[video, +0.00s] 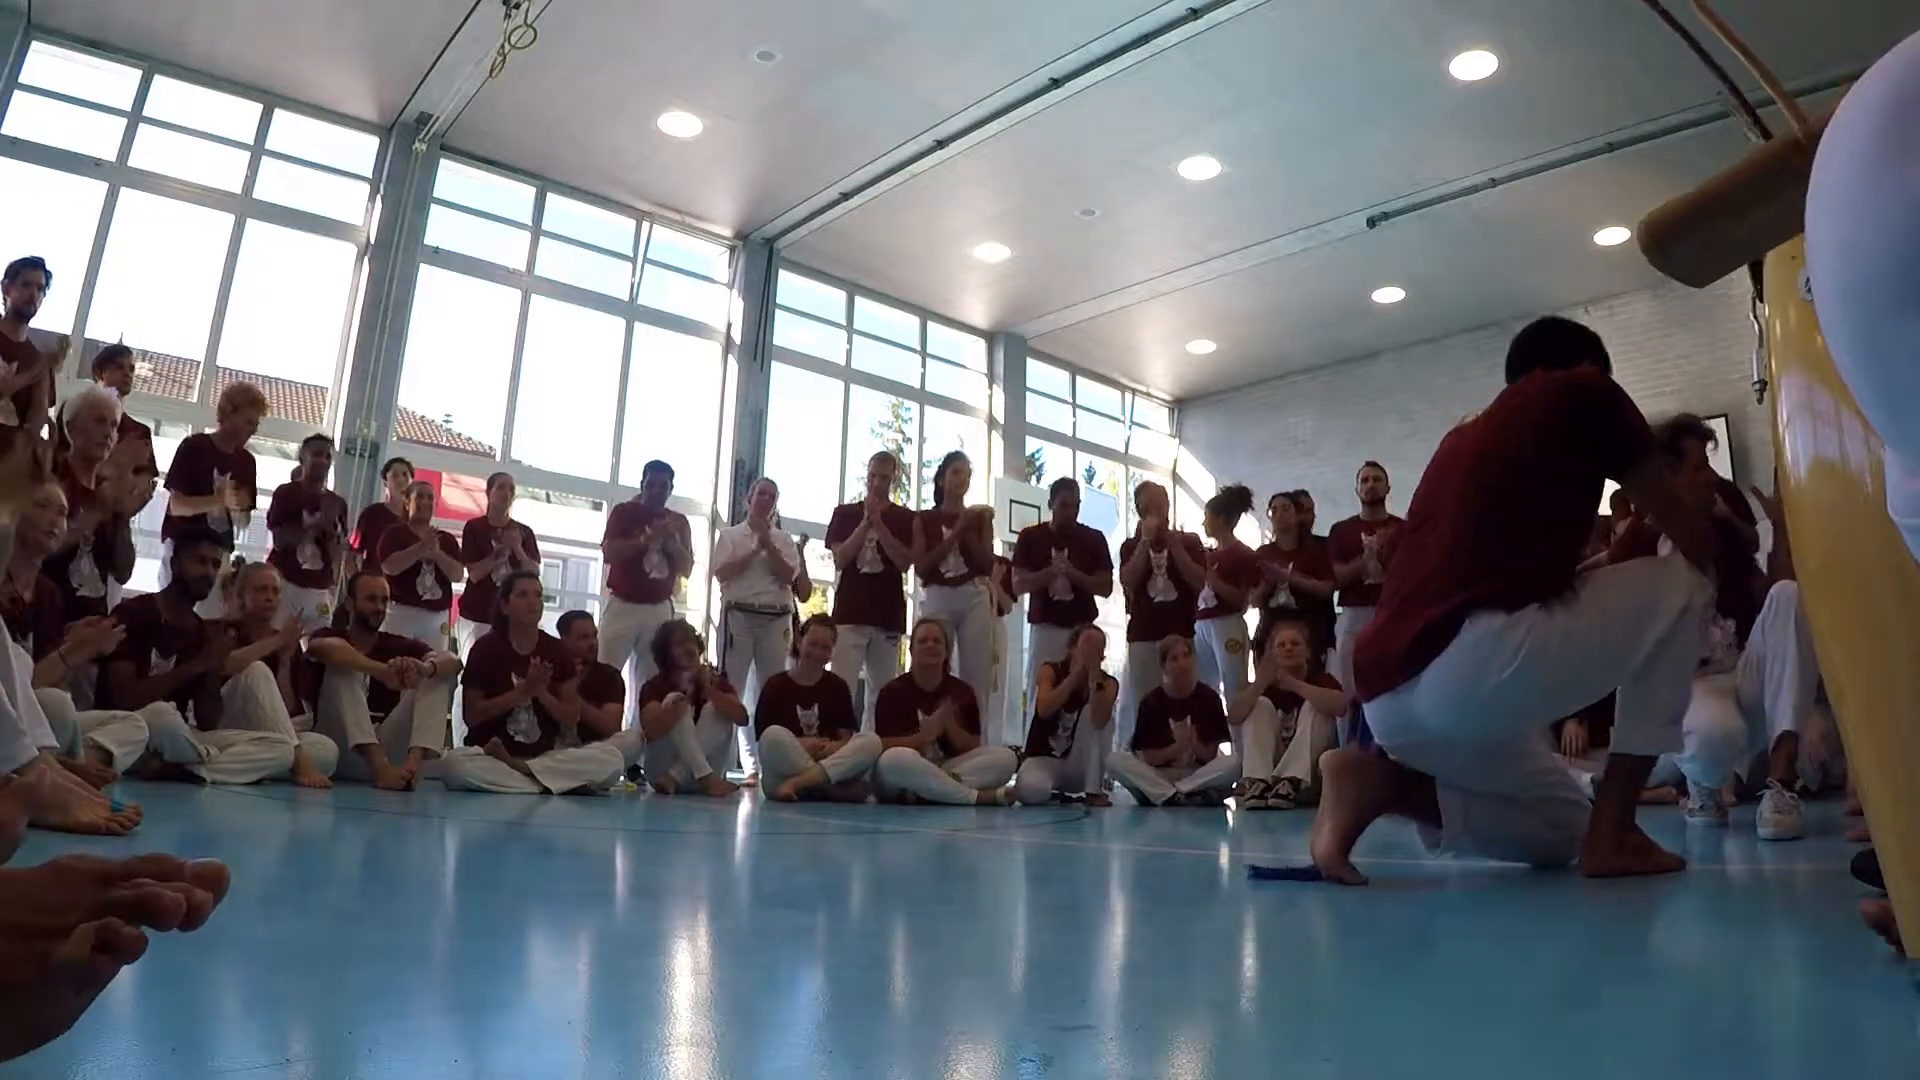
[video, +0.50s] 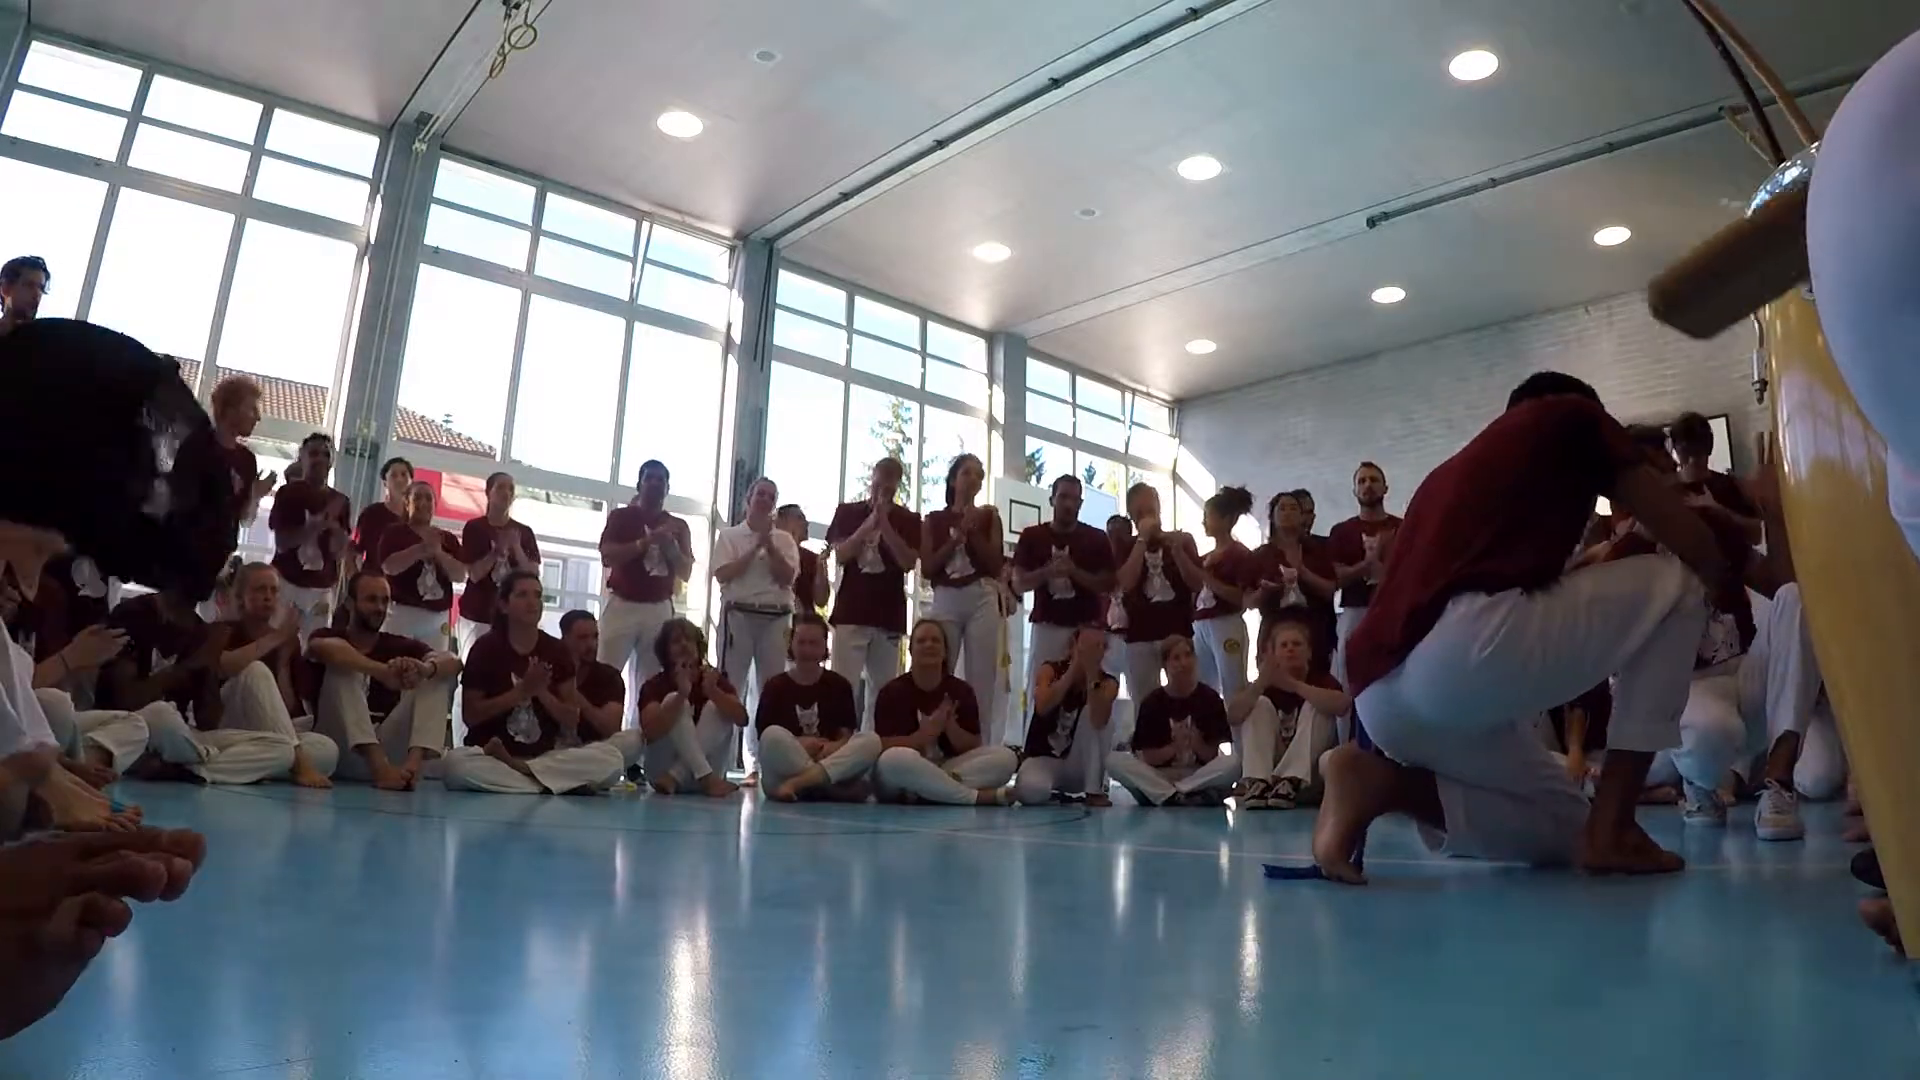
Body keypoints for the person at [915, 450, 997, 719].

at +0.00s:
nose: (961, 478)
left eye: (966, 474)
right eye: (955, 472)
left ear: (970, 481)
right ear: (942, 478)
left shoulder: (981, 517)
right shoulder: (923, 519)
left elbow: (986, 567)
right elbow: (922, 569)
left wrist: (966, 534)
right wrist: (955, 534)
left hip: (975, 598)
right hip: (936, 597)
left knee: (976, 679)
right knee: (932, 677)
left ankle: (975, 749)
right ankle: (931, 749)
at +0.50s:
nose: (972, 478)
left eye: (978, 475)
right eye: (966, 472)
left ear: (982, 483)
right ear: (953, 478)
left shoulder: (989, 516)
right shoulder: (934, 519)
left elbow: (994, 565)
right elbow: (928, 568)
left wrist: (973, 532)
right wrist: (953, 540)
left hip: (982, 595)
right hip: (945, 594)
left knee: (982, 678)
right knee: (939, 674)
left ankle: (982, 751)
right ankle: (938, 748)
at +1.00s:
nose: (971, 477)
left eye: (976, 473)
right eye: (964, 471)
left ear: (980, 482)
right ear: (950, 478)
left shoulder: (987, 517)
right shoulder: (932, 519)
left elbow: (994, 567)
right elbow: (924, 566)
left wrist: (978, 540)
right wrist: (947, 537)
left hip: (979, 594)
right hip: (942, 594)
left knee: (980, 677)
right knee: (938, 674)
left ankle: (980, 749)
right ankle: (936, 748)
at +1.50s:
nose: (961, 475)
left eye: (965, 471)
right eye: (954, 470)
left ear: (969, 480)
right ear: (940, 478)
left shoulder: (979, 518)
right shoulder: (923, 518)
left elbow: (986, 566)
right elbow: (918, 567)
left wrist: (964, 537)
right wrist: (943, 537)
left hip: (974, 597)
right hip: (935, 597)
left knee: (975, 678)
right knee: (931, 675)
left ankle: (974, 748)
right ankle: (930, 746)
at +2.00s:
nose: (955, 477)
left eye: (960, 472)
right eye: (948, 472)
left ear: (965, 479)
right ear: (935, 478)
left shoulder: (977, 519)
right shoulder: (921, 520)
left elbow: (985, 566)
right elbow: (920, 569)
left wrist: (965, 537)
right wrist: (949, 540)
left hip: (974, 596)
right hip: (936, 596)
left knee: (976, 679)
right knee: (933, 676)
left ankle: (975, 750)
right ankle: (932, 751)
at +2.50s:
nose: (965, 477)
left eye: (970, 473)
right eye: (959, 472)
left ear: (975, 482)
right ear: (947, 479)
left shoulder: (986, 516)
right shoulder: (932, 521)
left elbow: (993, 565)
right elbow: (927, 569)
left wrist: (972, 537)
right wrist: (949, 535)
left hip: (982, 597)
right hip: (944, 597)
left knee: (982, 681)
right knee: (940, 677)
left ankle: (981, 751)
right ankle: (937, 751)